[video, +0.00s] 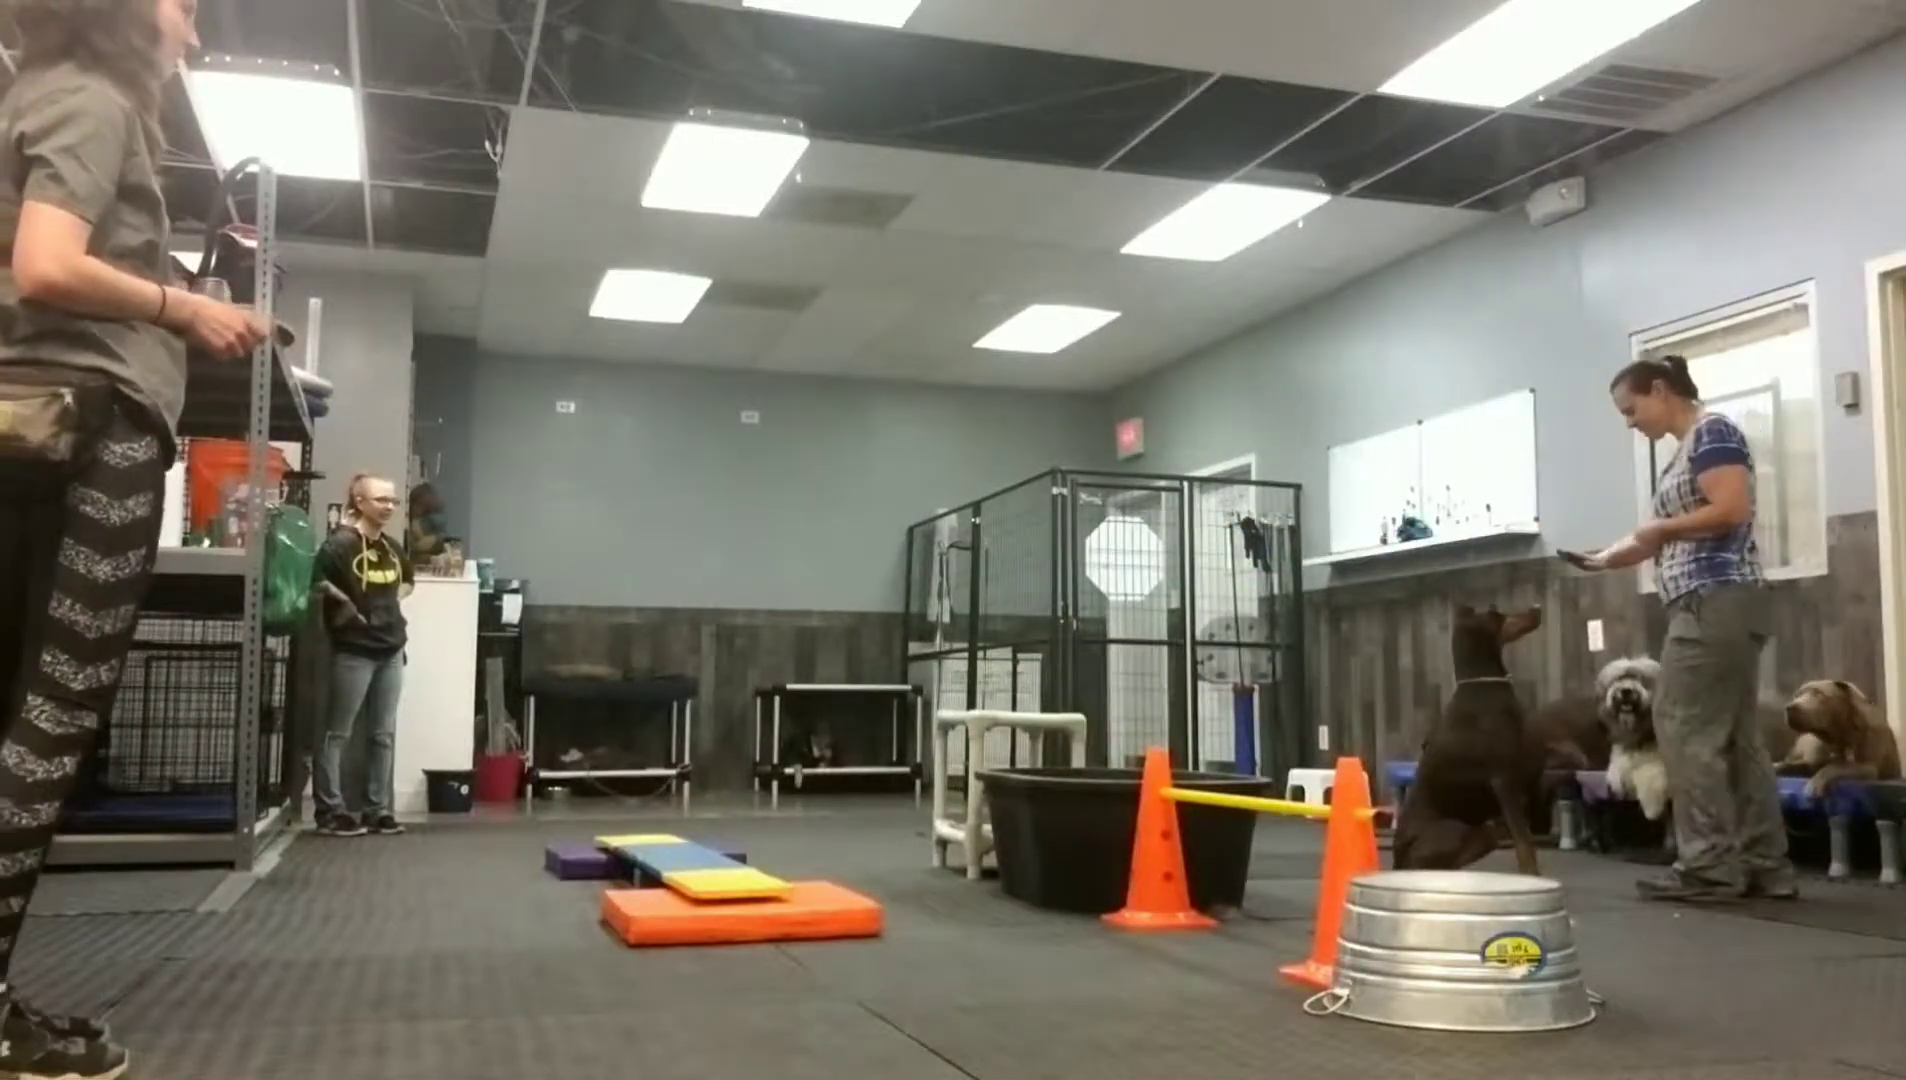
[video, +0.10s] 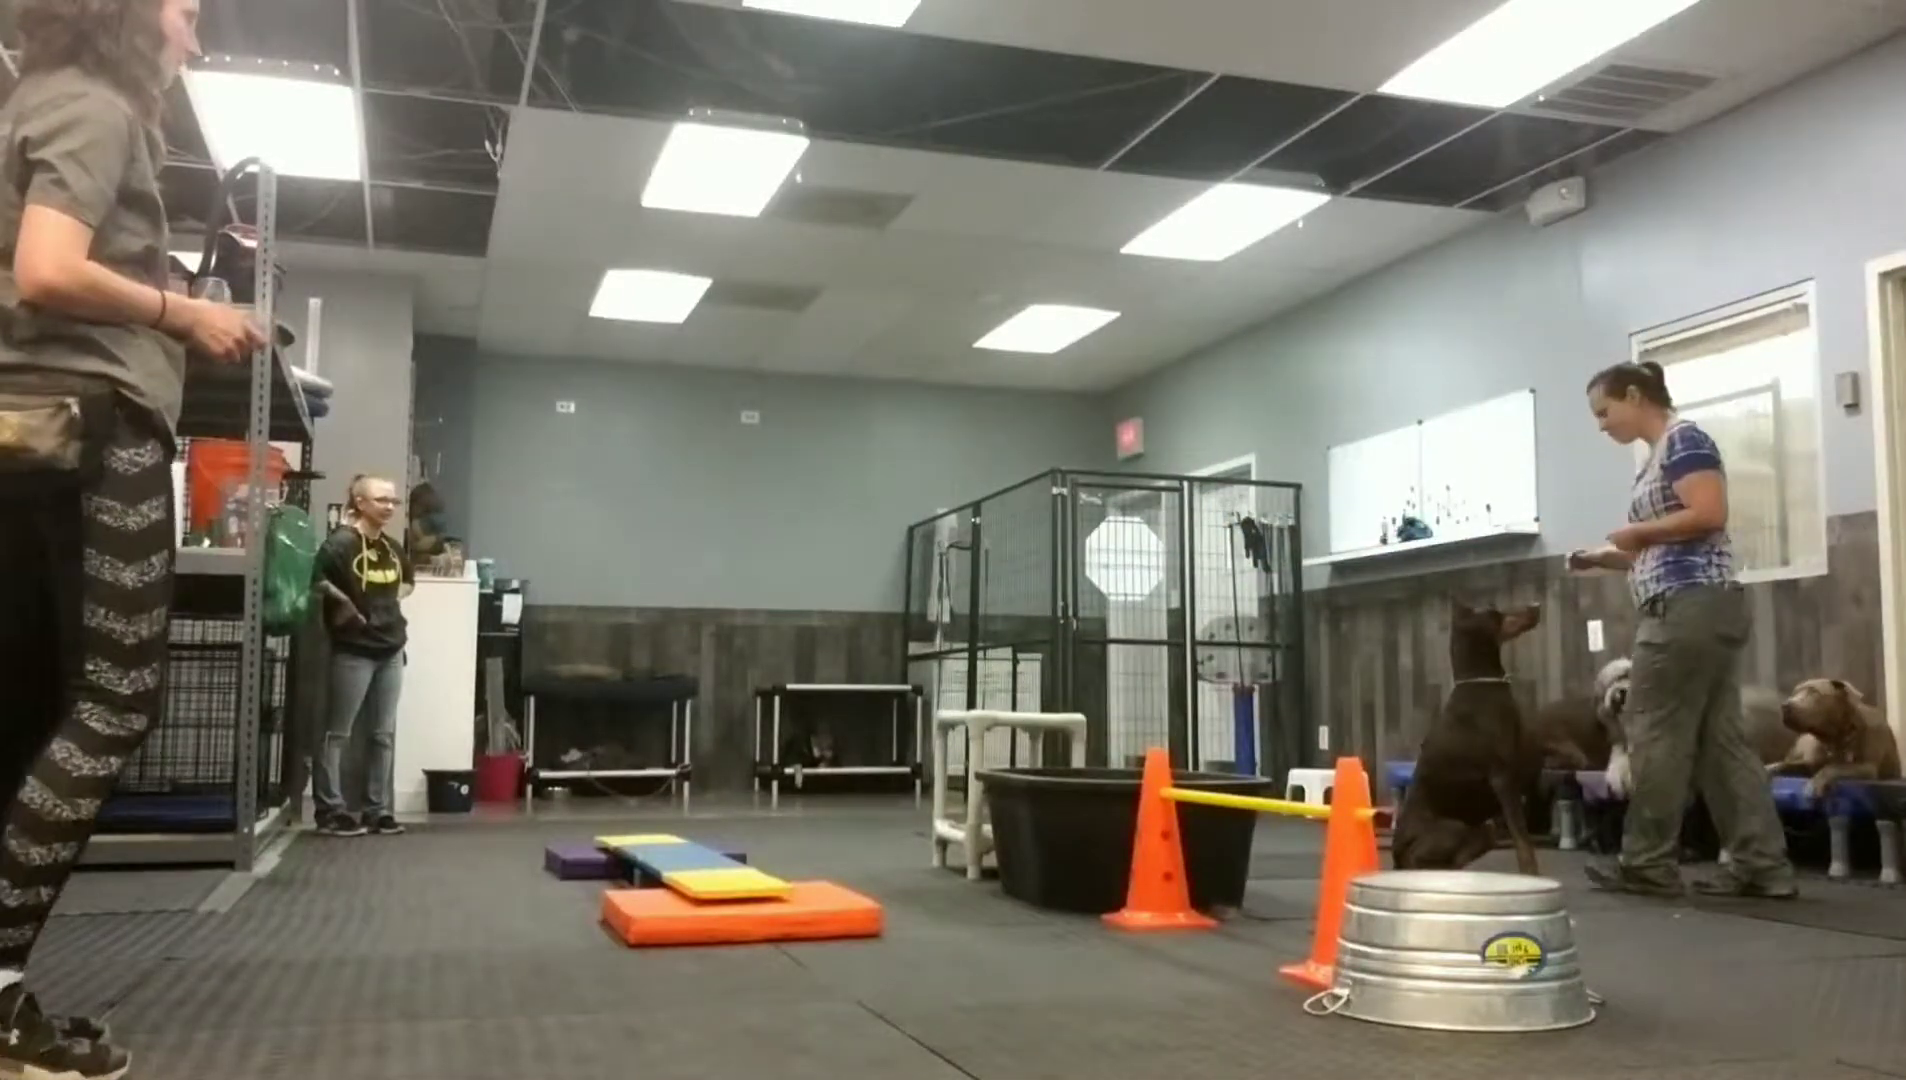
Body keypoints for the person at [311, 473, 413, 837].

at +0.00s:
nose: (390, 507)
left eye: (392, 501)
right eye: (382, 500)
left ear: (392, 505)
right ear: (360, 502)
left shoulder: (389, 545)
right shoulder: (338, 547)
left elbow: (407, 581)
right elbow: (317, 591)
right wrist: (349, 614)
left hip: (390, 650)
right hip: (354, 651)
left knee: (383, 735)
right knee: (338, 734)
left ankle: (377, 811)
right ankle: (330, 811)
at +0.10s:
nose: (390, 507)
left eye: (393, 501)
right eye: (382, 500)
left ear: (393, 506)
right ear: (360, 503)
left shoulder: (390, 546)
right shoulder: (340, 544)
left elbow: (407, 582)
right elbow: (315, 582)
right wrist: (344, 606)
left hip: (390, 649)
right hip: (353, 650)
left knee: (382, 735)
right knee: (338, 734)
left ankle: (377, 811)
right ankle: (330, 811)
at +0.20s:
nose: (390, 507)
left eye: (393, 501)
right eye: (382, 500)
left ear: (393, 506)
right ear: (360, 503)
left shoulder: (390, 546)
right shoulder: (340, 544)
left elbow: (407, 583)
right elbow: (315, 581)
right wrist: (343, 605)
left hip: (390, 649)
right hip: (353, 649)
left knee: (382, 735)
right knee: (338, 734)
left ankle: (377, 811)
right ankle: (330, 811)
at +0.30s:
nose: (390, 507)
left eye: (393, 501)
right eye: (382, 500)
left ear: (393, 506)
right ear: (360, 503)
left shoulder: (390, 546)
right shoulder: (339, 545)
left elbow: (406, 582)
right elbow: (316, 585)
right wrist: (346, 610)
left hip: (390, 648)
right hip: (353, 649)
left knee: (383, 735)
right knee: (338, 734)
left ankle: (377, 811)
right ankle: (330, 811)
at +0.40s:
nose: (392, 508)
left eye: (394, 502)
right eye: (384, 501)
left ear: (394, 506)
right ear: (361, 503)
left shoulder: (390, 546)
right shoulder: (339, 545)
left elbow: (407, 583)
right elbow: (317, 586)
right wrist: (347, 612)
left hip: (390, 649)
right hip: (353, 650)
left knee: (383, 735)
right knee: (338, 734)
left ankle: (377, 810)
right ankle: (334, 809)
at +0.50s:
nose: (392, 507)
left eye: (395, 502)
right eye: (385, 501)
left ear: (396, 506)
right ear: (365, 504)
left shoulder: (390, 546)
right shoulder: (356, 547)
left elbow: (394, 595)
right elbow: (357, 602)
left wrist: (395, 637)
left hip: (389, 647)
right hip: (364, 651)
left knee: (386, 731)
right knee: (368, 731)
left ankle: (384, 811)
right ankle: (369, 814)